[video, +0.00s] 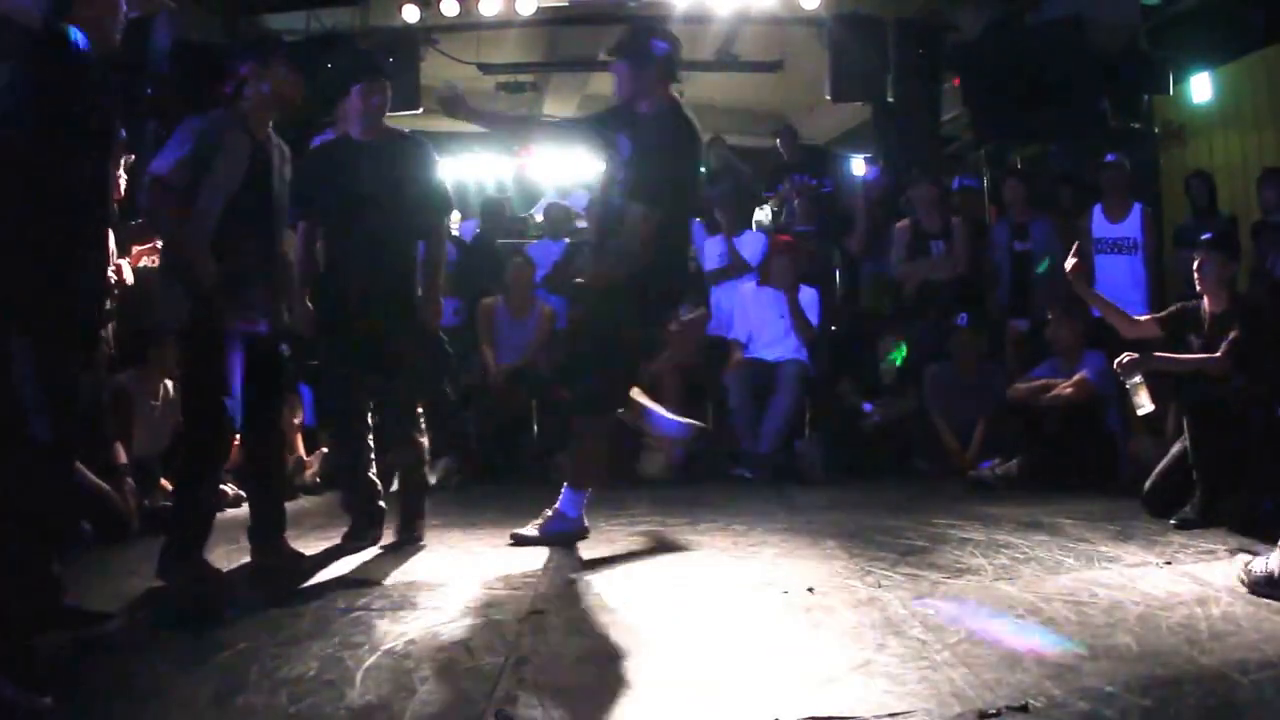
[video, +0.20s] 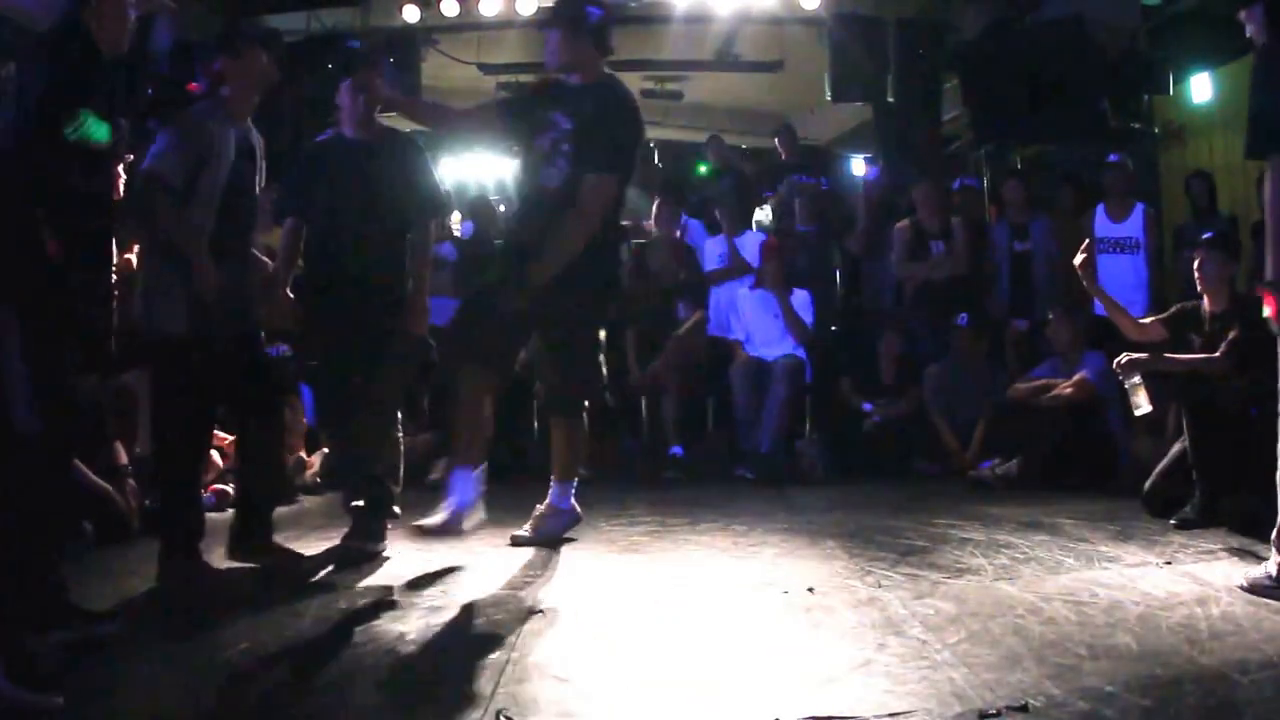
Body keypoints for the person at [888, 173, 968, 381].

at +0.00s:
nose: (923, 203)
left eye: (928, 196)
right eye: (918, 197)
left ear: (937, 197)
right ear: (911, 200)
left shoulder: (955, 226)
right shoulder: (903, 229)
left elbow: (959, 266)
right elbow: (898, 268)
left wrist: (921, 274)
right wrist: (938, 264)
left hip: (951, 296)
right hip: (919, 298)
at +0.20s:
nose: (927, 206)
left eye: (931, 199)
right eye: (922, 200)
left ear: (941, 200)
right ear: (915, 203)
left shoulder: (955, 225)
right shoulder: (903, 229)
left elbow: (961, 265)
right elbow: (899, 268)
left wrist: (922, 276)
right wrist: (939, 266)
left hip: (951, 297)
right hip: (918, 299)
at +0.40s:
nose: (926, 206)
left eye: (930, 200)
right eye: (922, 201)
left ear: (939, 200)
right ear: (915, 202)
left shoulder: (955, 225)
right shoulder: (903, 229)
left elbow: (960, 265)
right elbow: (898, 268)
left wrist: (921, 277)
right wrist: (938, 264)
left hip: (949, 297)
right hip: (917, 300)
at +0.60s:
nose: (926, 204)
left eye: (930, 197)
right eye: (921, 198)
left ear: (939, 198)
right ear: (914, 200)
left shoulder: (956, 227)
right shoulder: (904, 229)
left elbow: (960, 267)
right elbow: (898, 269)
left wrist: (921, 276)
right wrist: (941, 266)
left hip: (950, 298)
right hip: (916, 301)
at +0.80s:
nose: (928, 206)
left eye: (931, 200)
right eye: (923, 200)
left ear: (938, 200)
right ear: (915, 201)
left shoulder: (954, 225)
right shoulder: (903, 229)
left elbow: (961, 263)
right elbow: (898, 267)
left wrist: (926, 273)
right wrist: (930, 268)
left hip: (948, 291)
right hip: (917, 293)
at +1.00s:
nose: (926, 202)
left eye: (930, 196)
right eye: (922, 196)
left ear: (937, 197)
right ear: (915, 199)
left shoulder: (955, 225)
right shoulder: (904, 229)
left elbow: (961, 262)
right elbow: (899, 267)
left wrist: (926, 272)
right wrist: (935, 267)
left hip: (949, 294)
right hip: (917, 297)